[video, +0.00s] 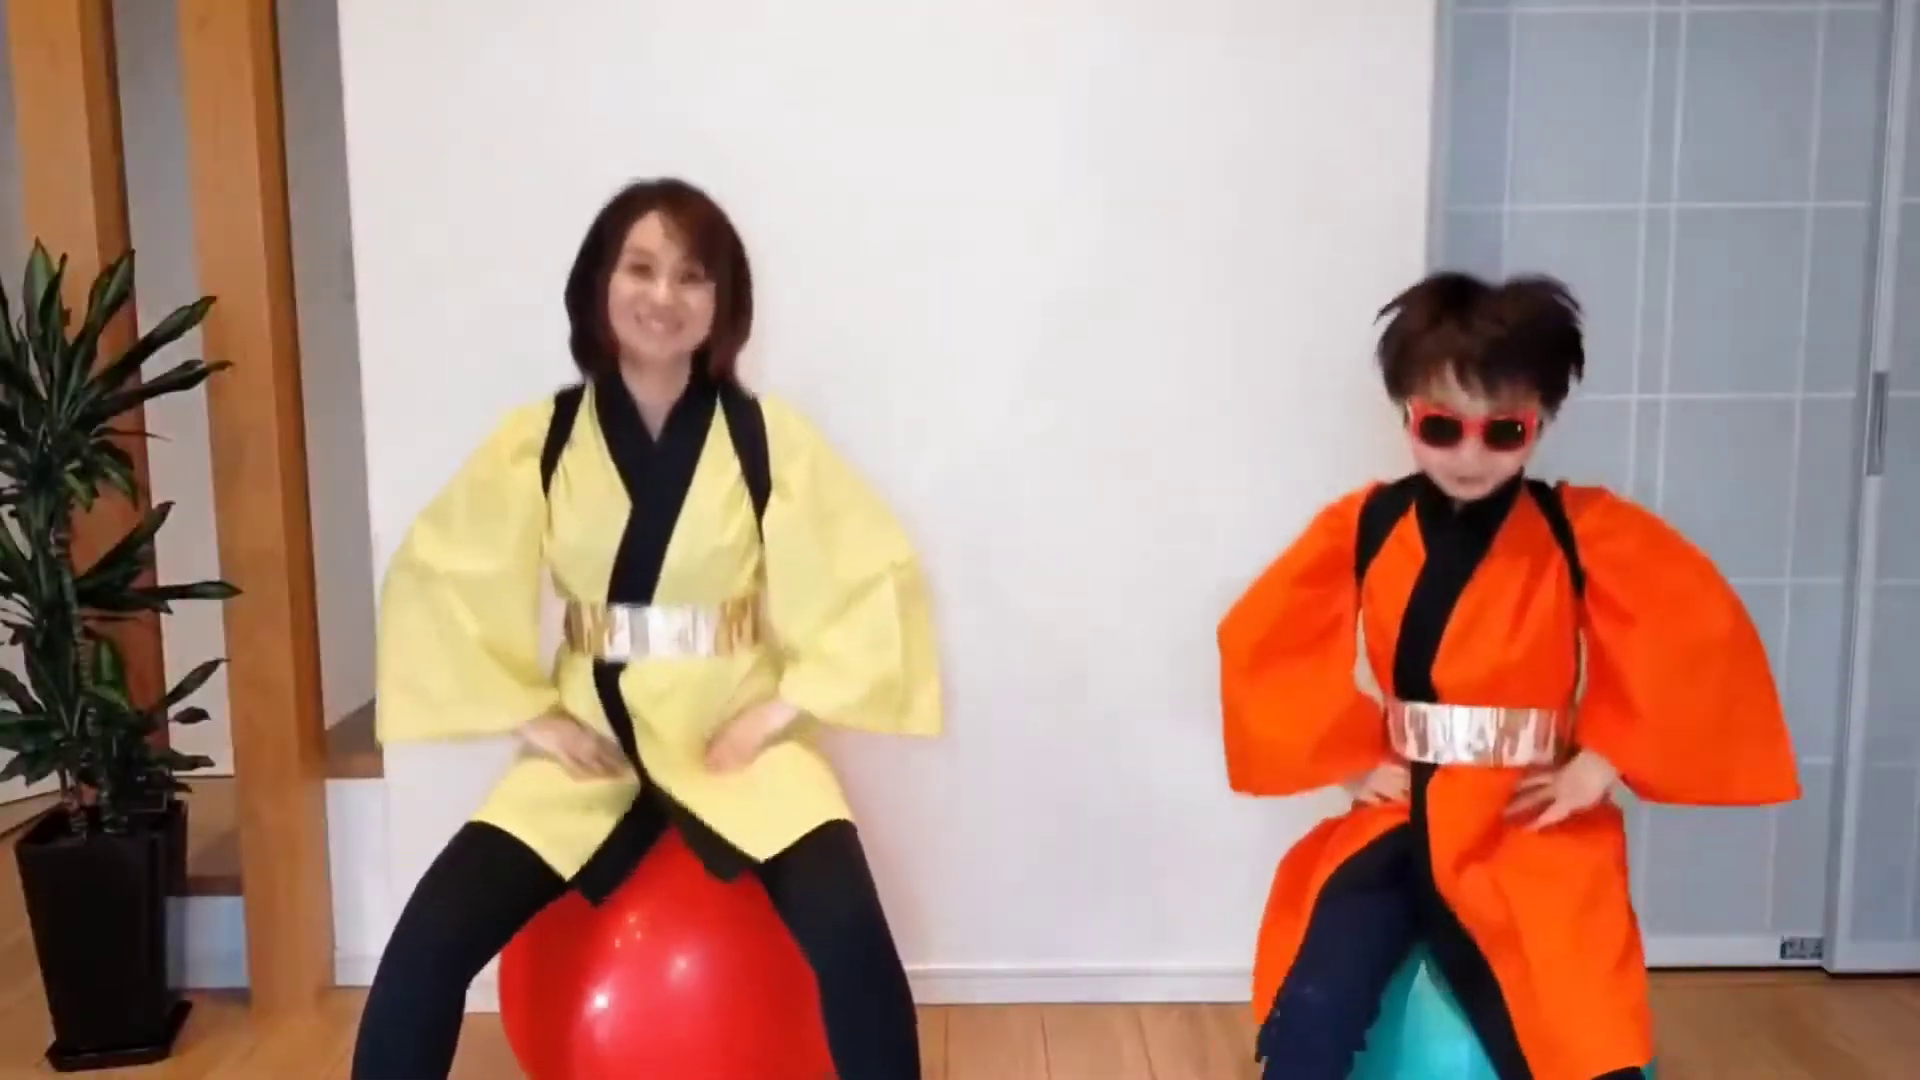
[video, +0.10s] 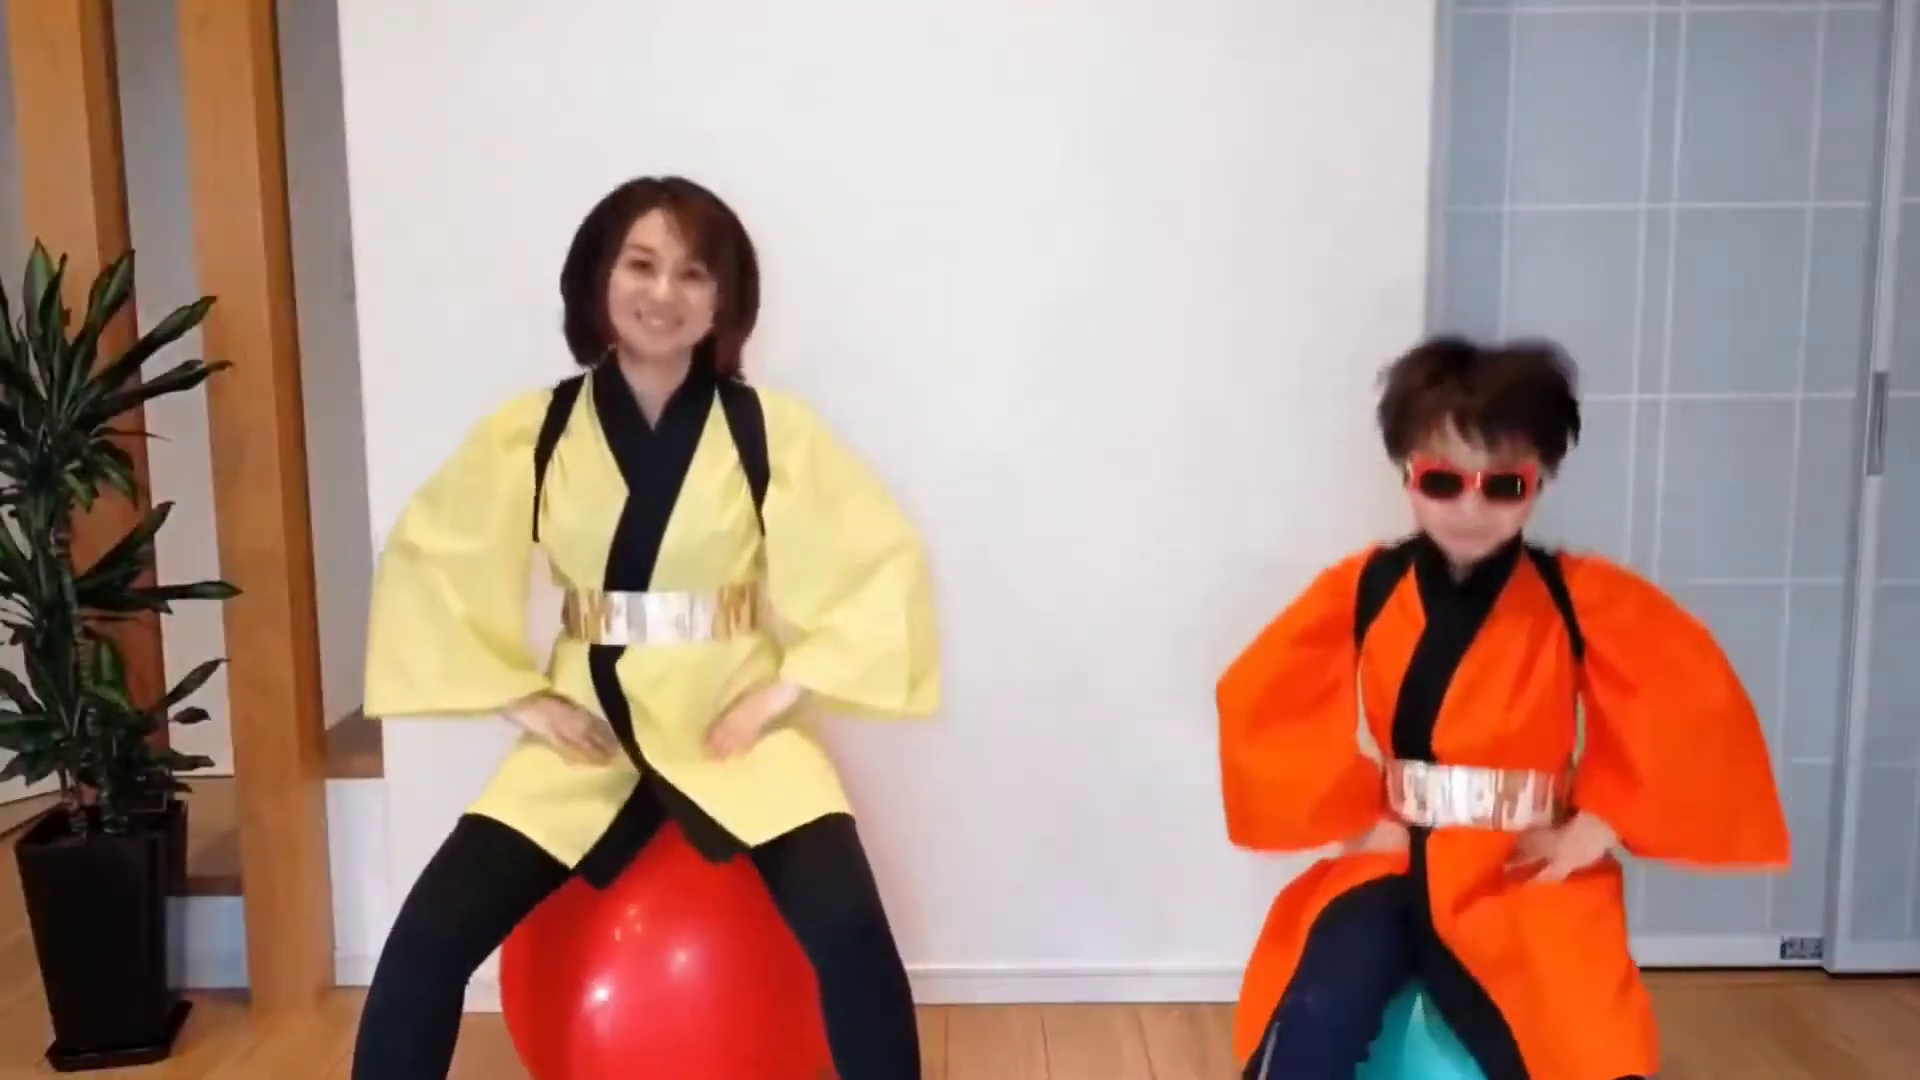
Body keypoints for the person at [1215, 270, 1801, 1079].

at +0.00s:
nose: (1471, 456)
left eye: (1503, 431)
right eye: (1442, 428)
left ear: (1541, 421)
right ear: (1404, 414)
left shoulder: (1589, 532)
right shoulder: (1363, 528)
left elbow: (1702, 644)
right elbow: (1260, 644)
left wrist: (1606, 757)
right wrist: (1353, 754)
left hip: (1535, 824)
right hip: (1396, 817)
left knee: (1583, 1041)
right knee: (1311, 1006)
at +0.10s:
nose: (1472, 506)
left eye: (1503, 483)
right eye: (1444, 480)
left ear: (1541, 481)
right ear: (1405, 476)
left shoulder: (1584, 597)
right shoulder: (1368, 587)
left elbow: (1695, 715)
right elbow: (1259, 701)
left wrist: (1602, 824)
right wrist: (1357, 809)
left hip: (1527, 871)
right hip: (1391, 859)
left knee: (1578, 1047)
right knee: (1319, 1001)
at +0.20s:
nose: (1469, 562)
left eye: (1501, 540)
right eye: (1440, 537)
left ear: (1538, 552)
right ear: (1404, 545)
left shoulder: (1578, 675)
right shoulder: (1365, 661)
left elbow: (1697, 797)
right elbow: (1253, 763)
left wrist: (1596, 898)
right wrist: (1351, 858)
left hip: (1520, 936)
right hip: (1384, 920)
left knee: (1593, 1054)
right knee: (1323, 1007)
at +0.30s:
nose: (1467, 522)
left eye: (1499, 498)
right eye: (1438, 495)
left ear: (1537, 523)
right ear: (1406, 514)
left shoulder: (1579, 648)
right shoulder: (1369, 631)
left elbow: (1700, 774)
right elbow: (1258, 743)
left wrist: (1591, 879)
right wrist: (1348, 851)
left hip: (1520, 918)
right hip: (1386, 901)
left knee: (1590, 1057)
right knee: (1317, 1012)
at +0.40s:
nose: (1470, 437)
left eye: (1504, 413)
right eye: (1442, 410)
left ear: (1543, 441)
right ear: (1407, 426)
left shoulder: (1585, 563)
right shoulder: (1366, 549)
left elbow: (1695, 697)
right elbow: (1263, 669)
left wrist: (1587, 806)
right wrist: (1351, 792)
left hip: (1524, 849)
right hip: (1389, 837)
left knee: (1554, 1039)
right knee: (1319, 997)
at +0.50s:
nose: (1471, 415)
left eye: (1505, 390)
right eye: (1443, 387)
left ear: (1543, 409)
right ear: (1407, 397)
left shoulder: (1582, 525)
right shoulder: (1363, 517)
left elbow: (1702, 642)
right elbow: (1256, 630)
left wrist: (1597, 756)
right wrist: (1341, 743)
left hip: (1529, 820)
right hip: (1392, 813)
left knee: (1595, 1030)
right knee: (1307, 994)